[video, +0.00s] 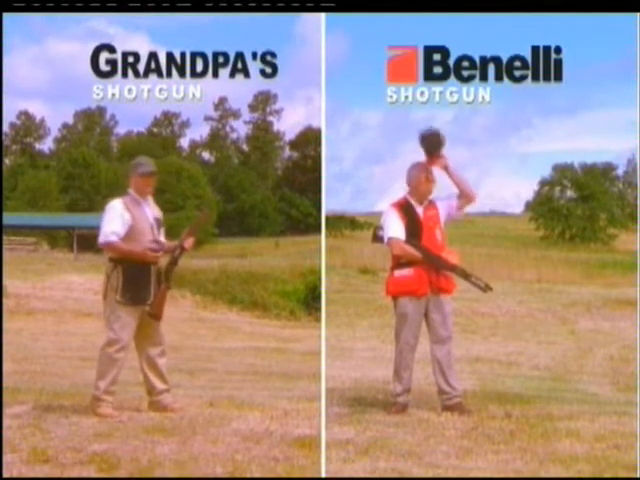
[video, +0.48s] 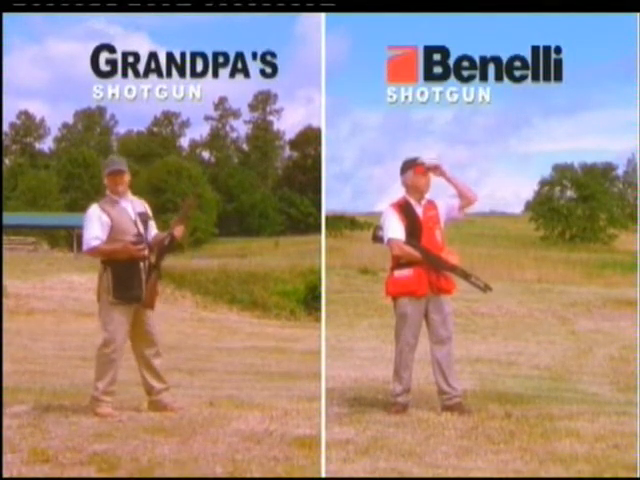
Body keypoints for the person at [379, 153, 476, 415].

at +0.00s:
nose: (431, 186)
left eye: (432, 181)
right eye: (426, 181)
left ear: (433, 183)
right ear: (412, 182)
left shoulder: (439, 208)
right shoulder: (395, 212)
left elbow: (468, 197)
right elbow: (397, 249)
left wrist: (447, 169)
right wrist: (432, 260)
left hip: (437, 281)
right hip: (409, 282)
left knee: (443, 340)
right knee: (406, 342)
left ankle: (450, 397)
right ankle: (400, 396)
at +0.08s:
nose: (430, 183)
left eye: (431, 177)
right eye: (425, 177)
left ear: (431, 181)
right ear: (411, 181)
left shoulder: (438, 208)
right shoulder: (395, 212)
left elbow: (469, 201)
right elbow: (397, 249)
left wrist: (447, 172)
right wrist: (433, 260)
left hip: (437, 281)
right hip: (409, 283)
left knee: (443, 340)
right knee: (406, 342)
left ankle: (450, 397)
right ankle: (400, 396)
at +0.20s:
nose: (426, 177)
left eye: (428, 173)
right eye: (420, 172)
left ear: (429, 179)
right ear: (407, 179)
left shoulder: (437, 208)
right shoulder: (395, 211)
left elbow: (470, 203)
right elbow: (397, 249)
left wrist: (446, 179)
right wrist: (433, 260)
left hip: (436, 279)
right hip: (408, 281)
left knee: (443, 340)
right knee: (406, 342)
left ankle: (451, 396)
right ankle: (400, 395)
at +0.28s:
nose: (427, 180)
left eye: (429, 175)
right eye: (421, 174)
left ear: (431, 178)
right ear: (406, 177)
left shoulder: (438, 208)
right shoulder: (395, 211)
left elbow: (470, 202)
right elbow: (397, 248)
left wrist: (444, 178)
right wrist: (435, 260)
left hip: (436, 279)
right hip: (409, 281)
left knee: (443, 340)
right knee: (406, 342)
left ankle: (450, 397)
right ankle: (400, 396)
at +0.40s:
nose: (426, 178)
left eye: (427, 174)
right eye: (420, 174)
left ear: (428, 179)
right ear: (406, 179)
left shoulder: (437, 208)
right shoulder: (394, 212)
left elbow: (470, 201)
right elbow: (397, 249)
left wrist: (445, 177)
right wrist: (434, 259)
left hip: (437, 281)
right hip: (409, 282)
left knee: (443, 340)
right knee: (406, 342)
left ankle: (450, 397)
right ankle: (400, 396)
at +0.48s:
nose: (427, 179)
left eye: (427, 174)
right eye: (421, 174)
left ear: (428, 179)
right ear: (407, 179)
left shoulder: (437, 208)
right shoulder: (394, 211)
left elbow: (469, 200)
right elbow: (397, 249)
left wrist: (445, 175)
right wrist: (434, 259)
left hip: (436, 280)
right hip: (409, 282)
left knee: (443, 340)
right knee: (406, 342)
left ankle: (450, 397)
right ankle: (400, 396)